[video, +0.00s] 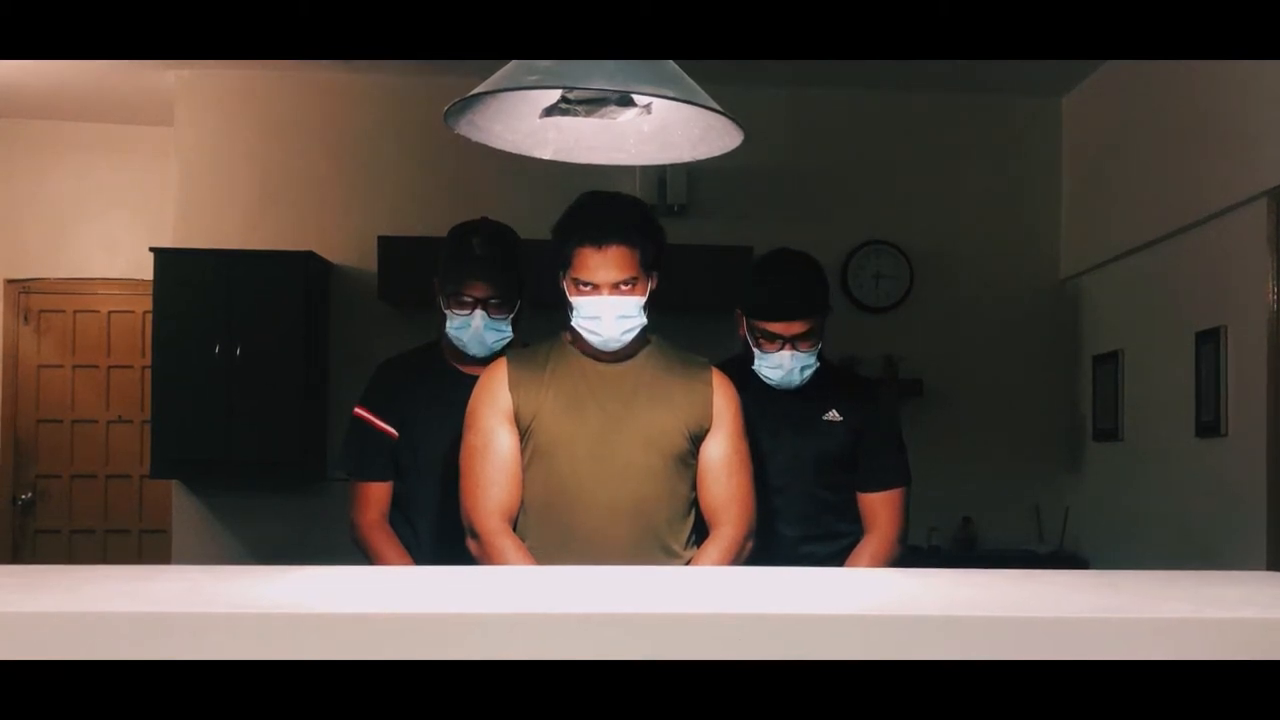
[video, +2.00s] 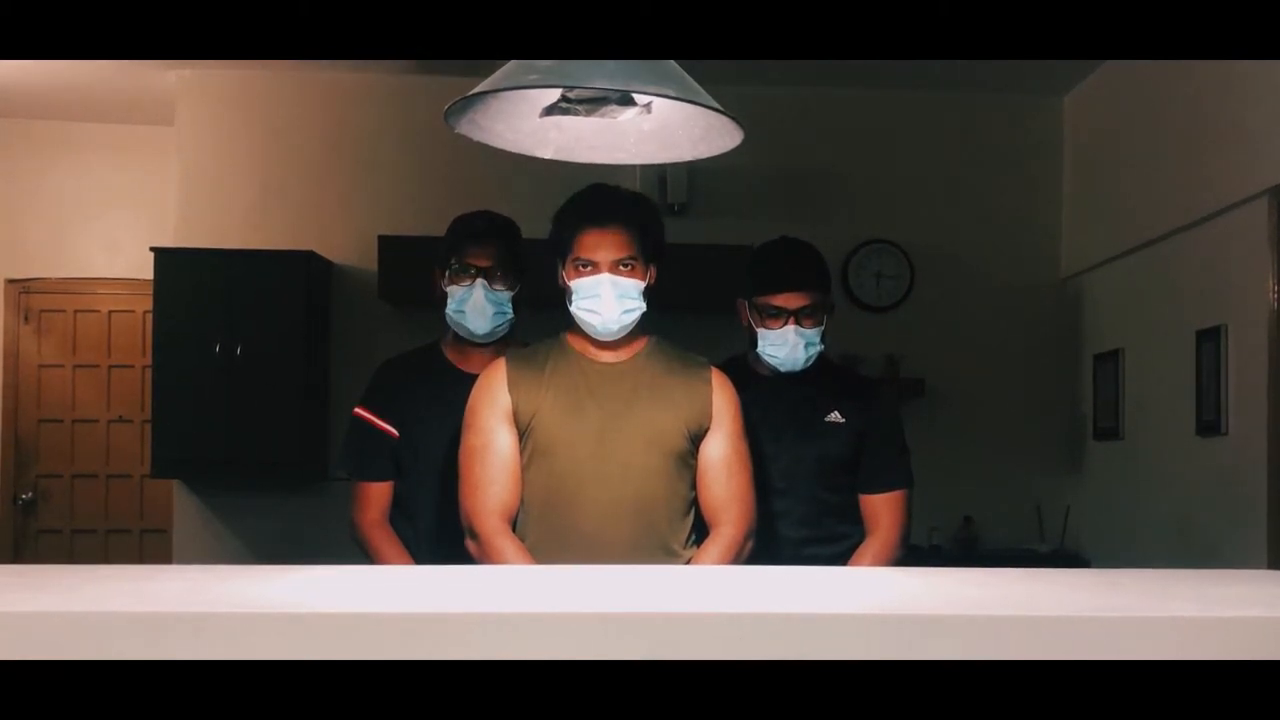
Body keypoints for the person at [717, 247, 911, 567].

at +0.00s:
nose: (786, 357)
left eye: (804, 339)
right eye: (769, 338)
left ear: (823, 327)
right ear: (743, 326)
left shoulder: (863, 402)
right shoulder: (714, 394)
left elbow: (883, 535)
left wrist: (830, 605)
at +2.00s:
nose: (791, 330)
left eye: (807, 314)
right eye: (773, 314)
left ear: (826, 313)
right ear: (746, 313)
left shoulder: (862, 399)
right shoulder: (714, 393)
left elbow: (885, 536)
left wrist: (831, 611)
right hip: (738, 593)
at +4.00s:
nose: (788, 308)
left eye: (804, 293)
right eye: (770, 293)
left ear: (822, 304)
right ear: (743, 304)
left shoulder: (861, 400)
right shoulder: (708, 394)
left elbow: (883, 537)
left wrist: (830, 611)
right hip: (734, 596)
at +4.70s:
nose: (770, 301)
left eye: (787, 287)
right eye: (753, 286)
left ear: (806, 298)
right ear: (730, 294)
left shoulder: (842, 388)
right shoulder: (697, 381)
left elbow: (864, 522)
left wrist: (812, 604)